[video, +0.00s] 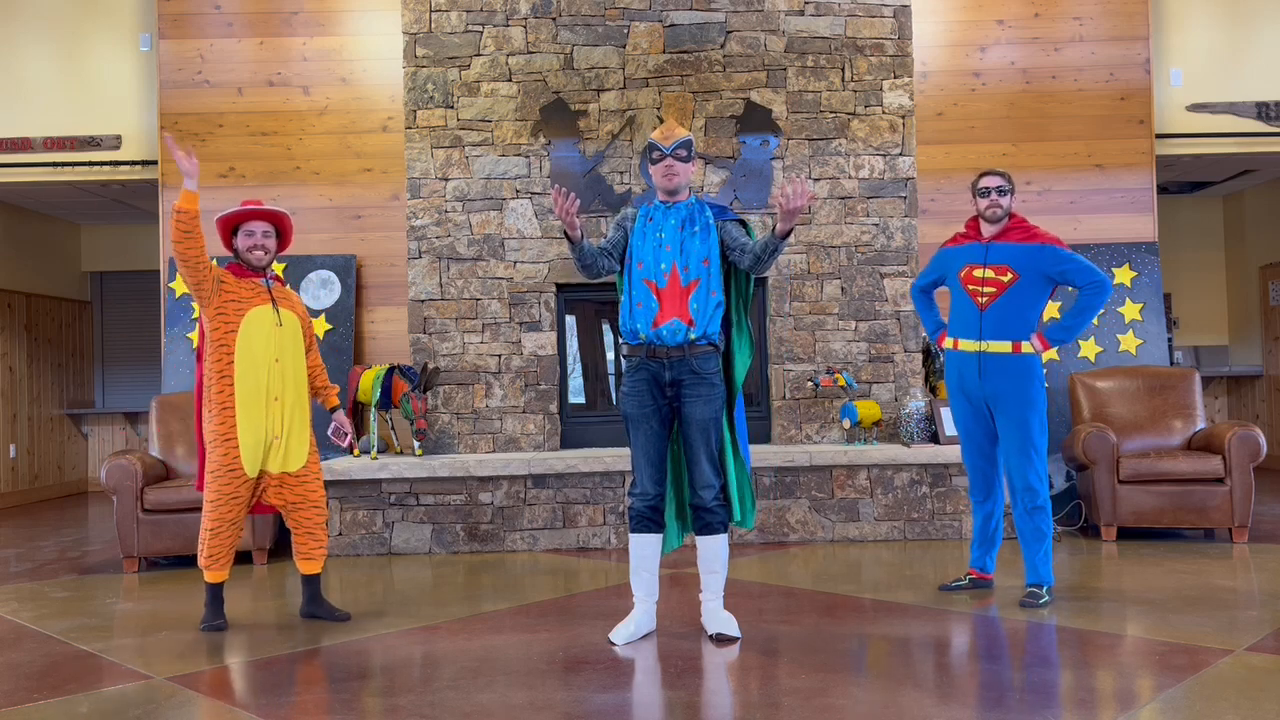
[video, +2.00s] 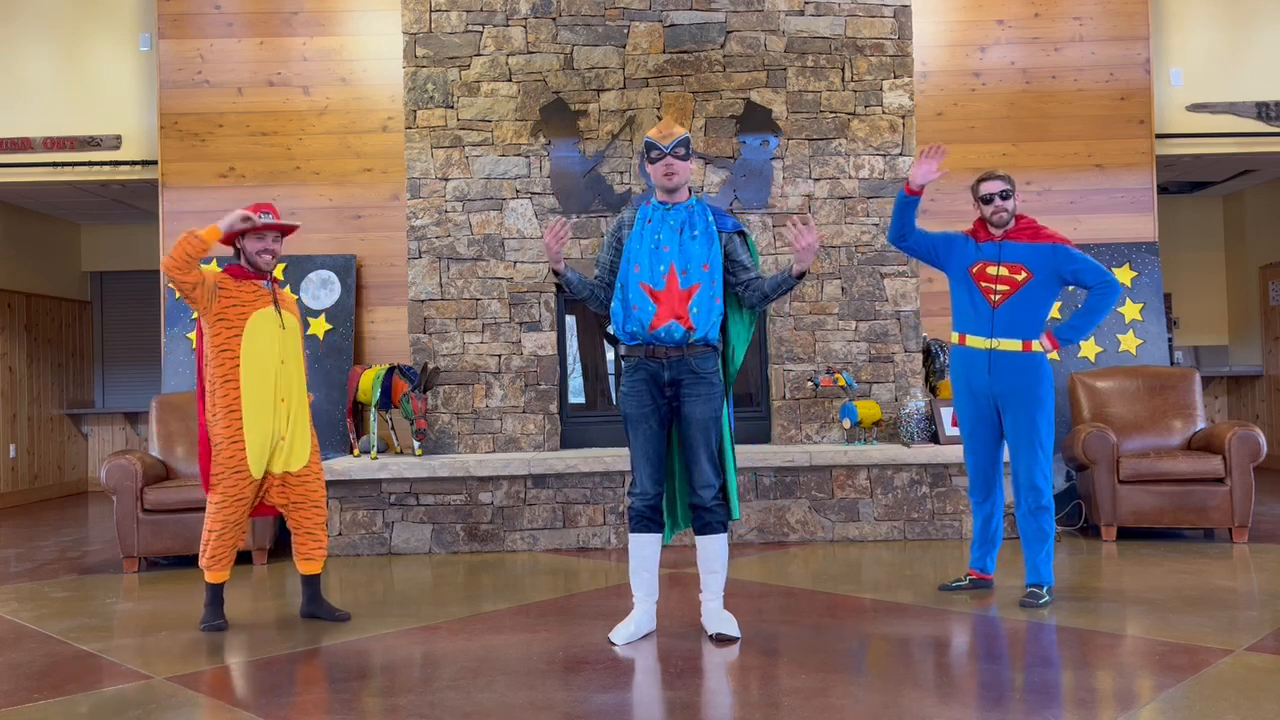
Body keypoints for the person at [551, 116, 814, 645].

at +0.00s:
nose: (671, 165)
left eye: (681, 157)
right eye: (661, 158)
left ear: (696, 166)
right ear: (648, 168)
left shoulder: (717, 217)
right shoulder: (632, 217)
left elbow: (752, 261)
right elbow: (597, 265)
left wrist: (781, 230)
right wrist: (576, 237)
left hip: (700, 365)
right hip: (642, 367)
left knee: (707, 485)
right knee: (646, 488)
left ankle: (714, 607)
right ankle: (644, 609)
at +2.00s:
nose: (670, 165)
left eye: (679, 156)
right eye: (659, 157)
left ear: (694, 165)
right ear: (646, 167)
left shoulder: (717, 222)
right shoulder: (628, 223)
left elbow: (751, 292)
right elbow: (599, 294)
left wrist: (798, 267)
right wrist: (560, 267)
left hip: (698, 365)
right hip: (639, 365)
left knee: (706, 485)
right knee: (646, 488)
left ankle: (714, 608)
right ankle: (643, 610)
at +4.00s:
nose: (681, 164)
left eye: (692, 157)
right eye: (671, 157)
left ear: (706, 168)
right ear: (657, 166)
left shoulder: (723, 220)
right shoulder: (640, 220)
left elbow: (745, 271)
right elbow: (619, 271)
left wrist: (758, 250)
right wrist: (613, 249)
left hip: (705, 365)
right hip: (647, 366)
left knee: (709, 485)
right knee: (650, 487)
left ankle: (713, 608)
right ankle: (644, 609)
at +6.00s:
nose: (669, 170)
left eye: (678, 159)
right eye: (658, 163)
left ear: (695, 165)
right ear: (646, 172)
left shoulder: (724, 224)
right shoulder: (632, 225)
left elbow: (750, 295)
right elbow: (605, 299)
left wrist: (781, 273)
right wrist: (581, 278)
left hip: (703, 365)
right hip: (644, 366)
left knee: (709, 485)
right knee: (648, 487)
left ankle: (714, 607)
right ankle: (644, 610)